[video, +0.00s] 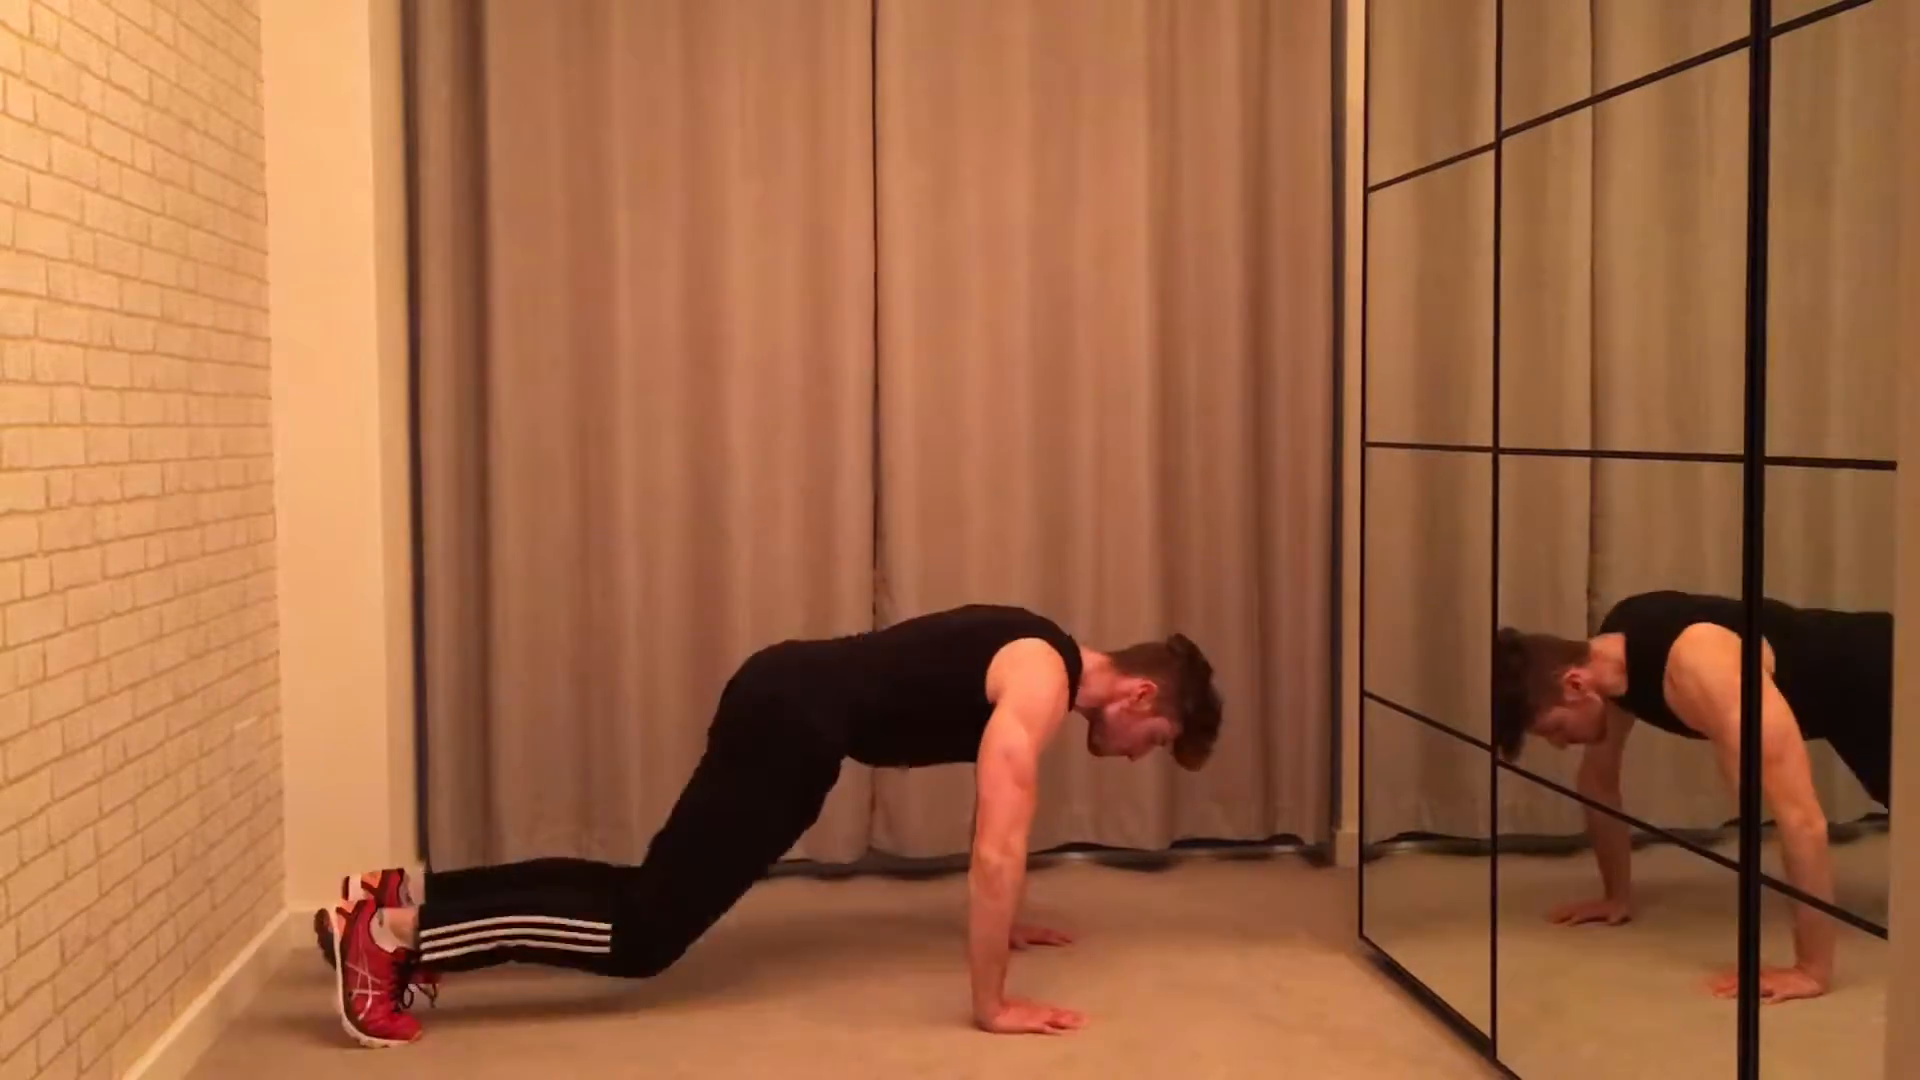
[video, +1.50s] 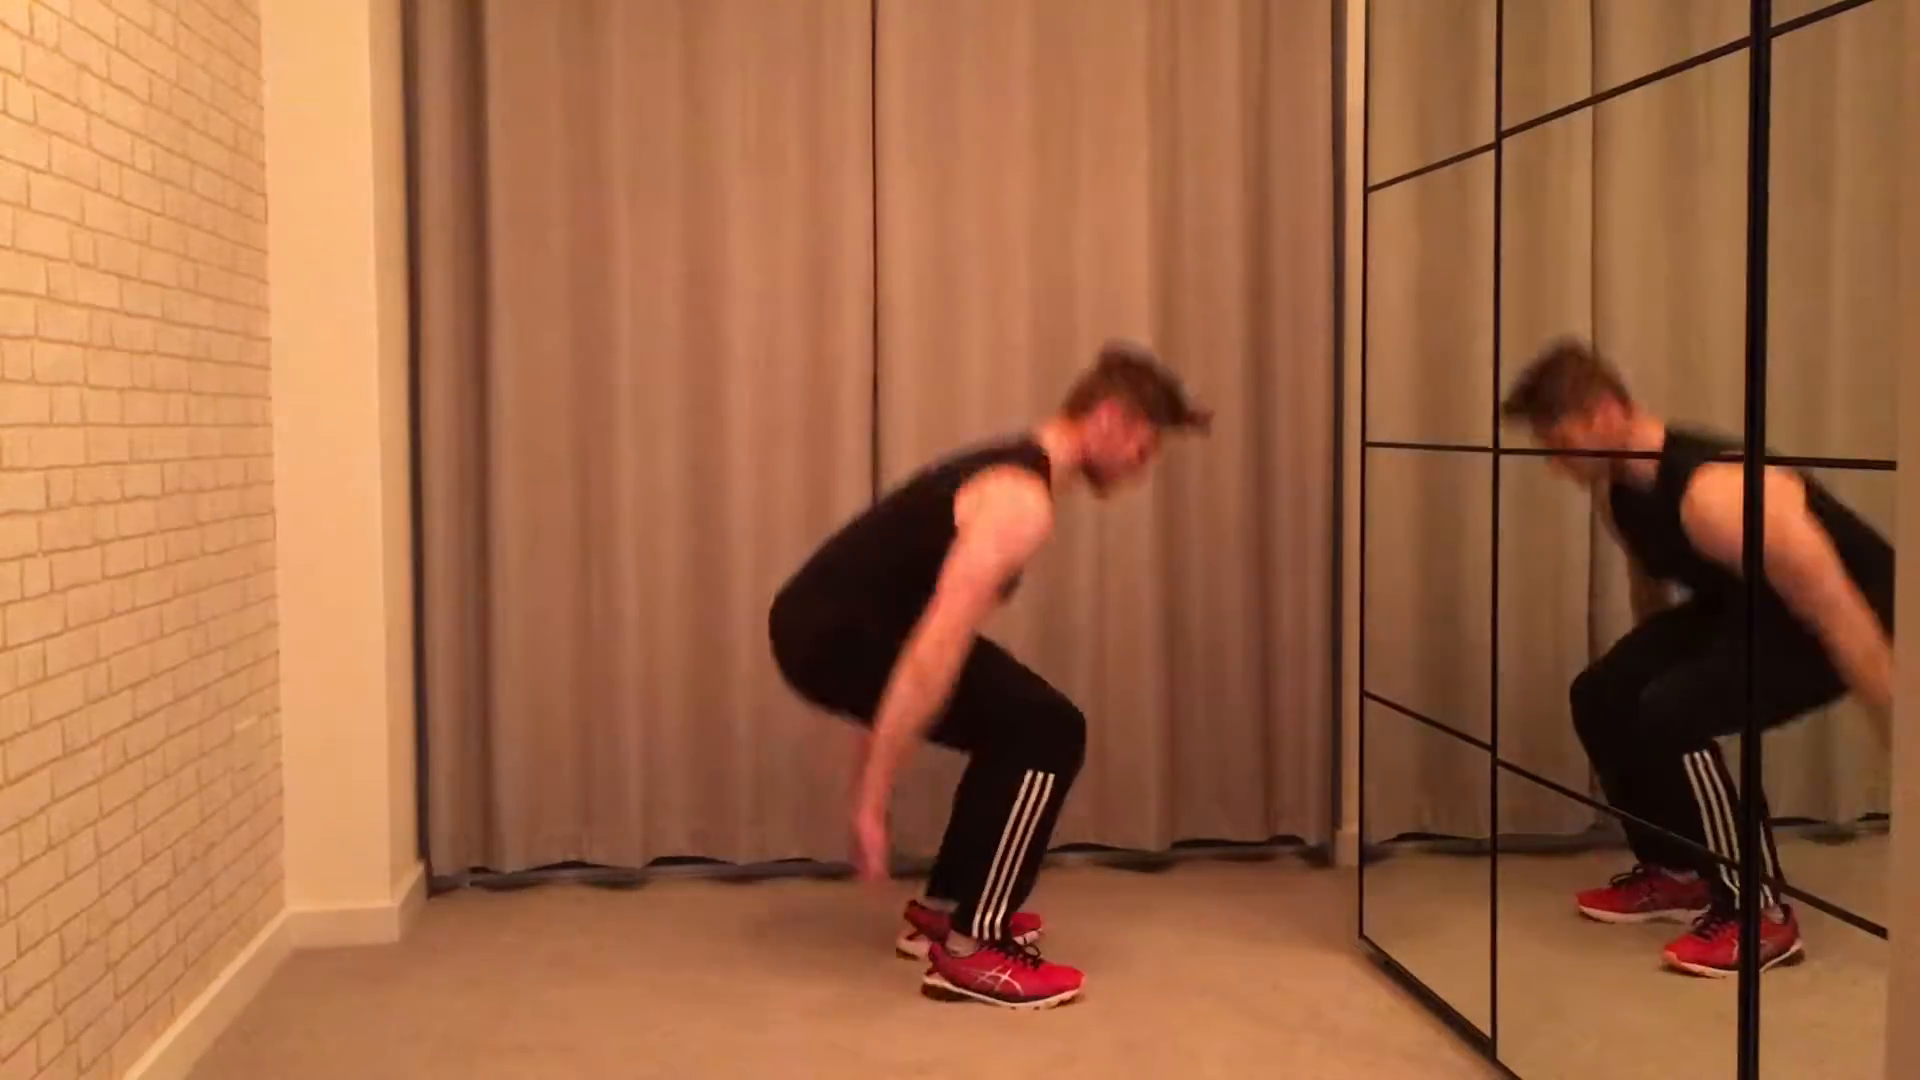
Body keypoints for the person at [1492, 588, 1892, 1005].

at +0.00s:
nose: (1564, 744)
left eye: (1556, 731)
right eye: (1552, 738)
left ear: (1576, 685)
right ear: (1575, 681)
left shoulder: (1699, 662)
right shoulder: (1619, 651)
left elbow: (1804, 819)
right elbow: (1598, 781)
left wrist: (1813, 969)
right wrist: (1617, 898)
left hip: (1889, 689)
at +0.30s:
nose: (1589, 717)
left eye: (1582, 702)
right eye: (1577, 709)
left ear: (1606, 660)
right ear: (1603, 649)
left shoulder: (1716, 633)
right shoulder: (1626, 613)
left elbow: (1785, 806)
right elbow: (1603, 776)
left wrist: (1810, 966)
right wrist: (1617, 894)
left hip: (1889, 485)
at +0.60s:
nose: (1554, 548)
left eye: (1556, 528)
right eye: (1547, 532)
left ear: (1601, 501)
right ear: (1596, 507)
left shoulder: (1721, 560)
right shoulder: (1622, 562)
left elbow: (1756, 745)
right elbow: (1588, 696)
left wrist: (1763, 909)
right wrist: (1568, 830)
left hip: (1886, 590)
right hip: (1798, 589)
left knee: (1775, 727)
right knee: (1667, 701)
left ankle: (1857, 918)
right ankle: (1736, 875)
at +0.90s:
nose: (1617, 140)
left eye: (1621, 117)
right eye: (1608, 124)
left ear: (1670, 91)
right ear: (1638, 109)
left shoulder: (1770, 179)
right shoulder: (1661, 209)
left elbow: (1879, 298)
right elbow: (1692, 349)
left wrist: (1897, 403)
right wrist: (1694, 433)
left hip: (1813, 436)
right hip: (1722, 437)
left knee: (1798, 658)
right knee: (1697, 648)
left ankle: (1851, 886)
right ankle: (1735, 842)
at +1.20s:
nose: (1600, 104)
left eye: (1605, 83)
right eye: (1589, 92)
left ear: (1651, 48)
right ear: (1597, 79)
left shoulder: (1747, 125)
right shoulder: (1647, 154)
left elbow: (1885, 214)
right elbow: (1720, 270)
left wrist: (1909, 299)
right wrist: (1713, 367)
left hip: (1800, 367)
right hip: (1713, 370)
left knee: (1783, 591)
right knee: (1674, 581)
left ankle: (1809, 818)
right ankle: (1672, 781)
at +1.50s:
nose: (1556, 463)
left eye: (1561, 443)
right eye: (1548, 449)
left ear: (1608, 414)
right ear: (1602, 417)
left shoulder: (1717, 495)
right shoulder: (1621, 485)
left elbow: (1842, 615)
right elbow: (1650, 594)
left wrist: (1903, 738)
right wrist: (1644, 680)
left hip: (1832, 622)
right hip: (1745, 605)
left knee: (1669, 714)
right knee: (1601, 699)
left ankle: (1758, 913)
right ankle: (1676, 871)